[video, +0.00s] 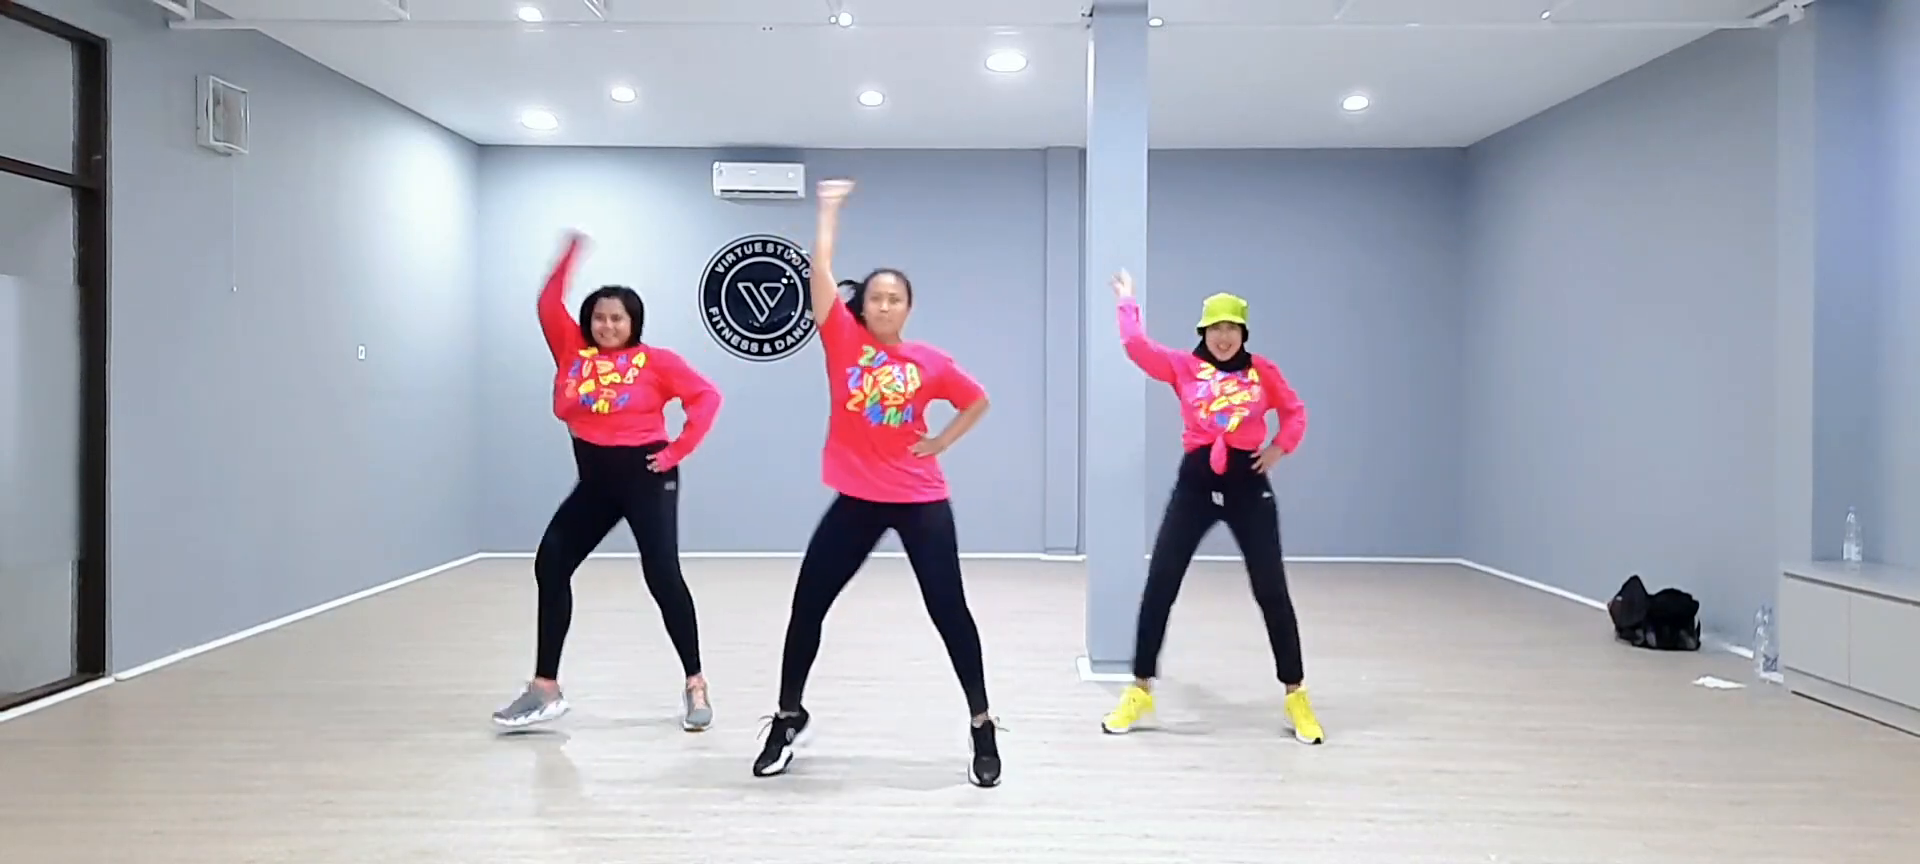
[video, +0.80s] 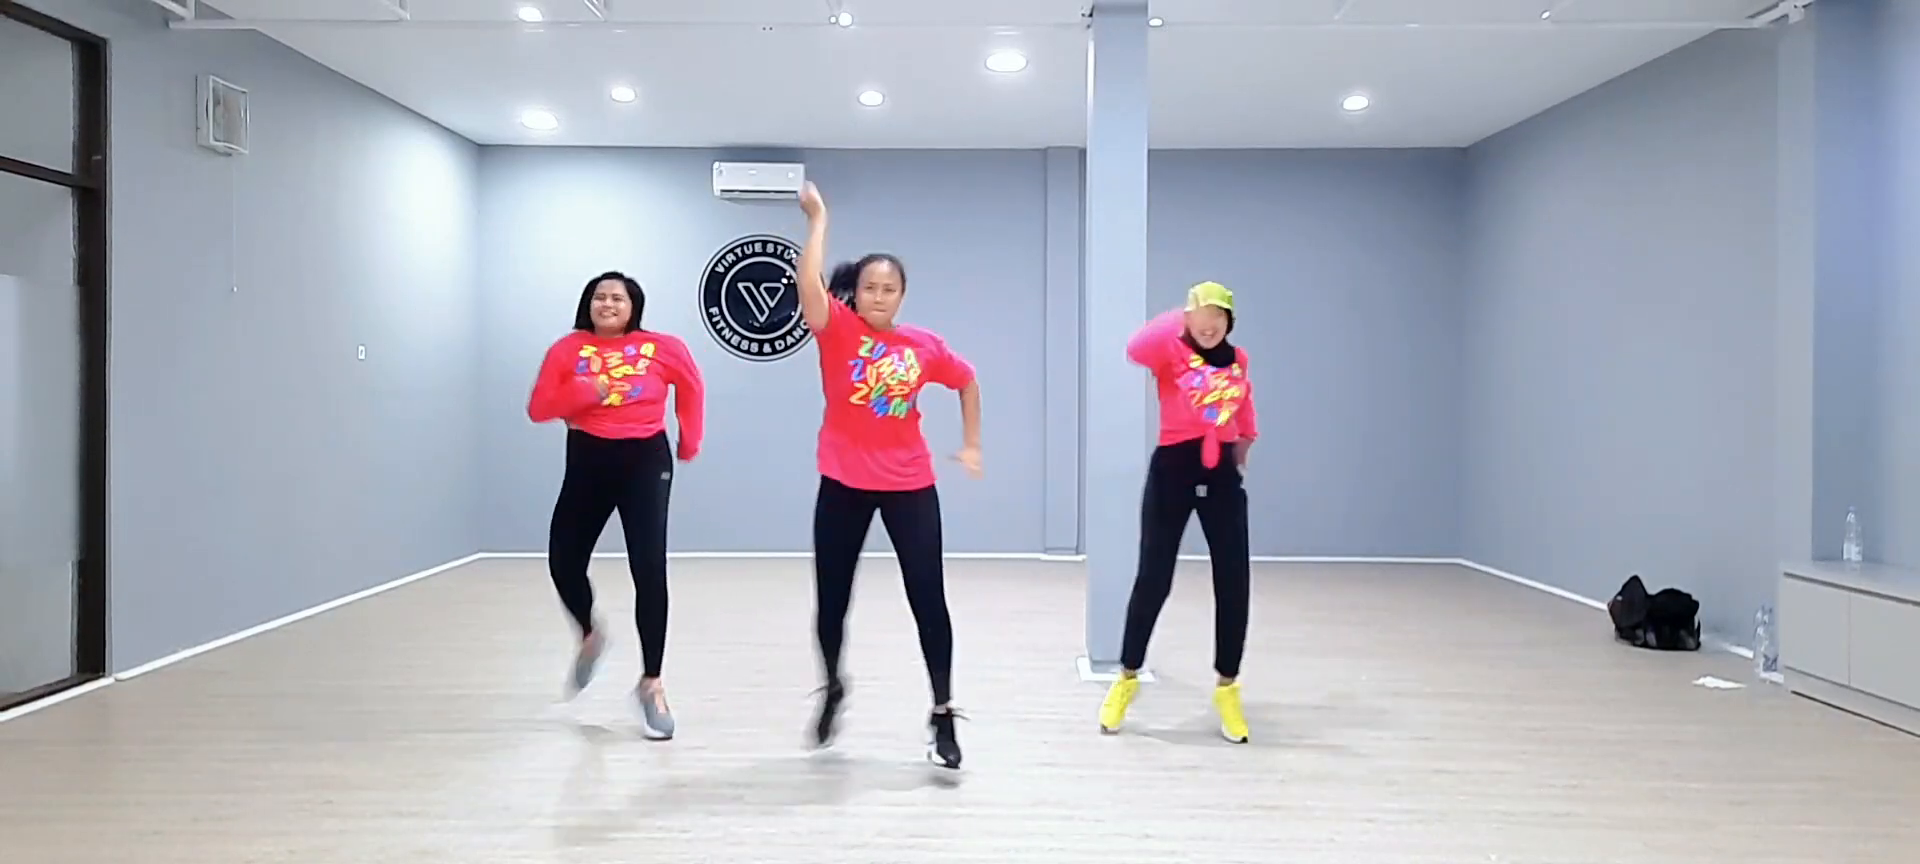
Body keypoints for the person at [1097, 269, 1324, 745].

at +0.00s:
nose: (1224, 337)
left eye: (1232, 329)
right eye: (1216, 329)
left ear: (1243, 334)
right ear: (1204, 333)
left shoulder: (1262, 371)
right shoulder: (1183, 367)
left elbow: (1295, 414)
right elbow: (1135, 343)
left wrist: (1278, 449)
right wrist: (1126, 298)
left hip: (1249, 487)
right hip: (1196, 486)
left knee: (1271, 591)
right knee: (1160, 583)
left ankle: (1296, 696)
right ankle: (1139, 691)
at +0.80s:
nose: (1208, 327)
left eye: (1216, 319)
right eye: (1201, 319)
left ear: (1228, 320)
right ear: (1187, 318)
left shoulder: (1236, 359)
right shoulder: (1171, 352)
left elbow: (1245, 421)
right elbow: (1137, 349)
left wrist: (1238, 465)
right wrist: (1178, 318)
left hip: (1222, 472)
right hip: (1172, 470)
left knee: (1234, 584)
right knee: (1154, 581)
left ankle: (1227, 689)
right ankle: (1126, 680)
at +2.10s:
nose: (1207, 324)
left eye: (1212, 317)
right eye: (1208, 316)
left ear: (1228, 322)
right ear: (1248, 322)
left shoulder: (1224, 360)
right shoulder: (1268, 364)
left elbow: (1205, 424)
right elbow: (1298, 428)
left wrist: (1180, 427)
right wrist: (1270, 463)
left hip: (1231, 483)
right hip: (1262, 481)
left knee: (1217, 597)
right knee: (1242, 593)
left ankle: (1246, 719)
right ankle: (1258, 704)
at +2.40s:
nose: (1216, 327)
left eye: (1225, 319)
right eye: (1212, 319)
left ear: (1244, 326)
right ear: (1208, 325)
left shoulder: (1272, 371)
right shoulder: (1206, 371)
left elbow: (1318, 408)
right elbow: (1194, 416)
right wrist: (1157, 422)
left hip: (1258, 484)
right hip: (1215, 485)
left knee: (1238, 586)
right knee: (1228, 589)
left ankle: (1264, 703)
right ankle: (1255, 695)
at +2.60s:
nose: (1228, 326)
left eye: (1236, 318)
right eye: (1221, 318)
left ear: (1252, 324)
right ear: (1213, 325)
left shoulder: (1280, 369)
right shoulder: (1201, 372)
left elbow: (1331, 405)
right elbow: (1177, 426)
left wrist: (1361, 447)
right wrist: (1196, 406)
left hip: (1266, 483)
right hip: (1218, 486)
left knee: (1261, 594)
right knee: (1230, 595)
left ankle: (1285, 698)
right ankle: (1253, 689)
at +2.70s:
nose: (1231, 345)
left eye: (1239, 336)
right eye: (1223, 336)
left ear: (1254, 343)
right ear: (1214, 343)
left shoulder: (1277, 395)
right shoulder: (1203, 395)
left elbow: (1307, 454)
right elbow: (1193, 449)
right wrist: (1198, 463)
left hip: (1274, 505)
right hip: (1222, 505)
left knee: (1271, 611)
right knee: (1206, 611)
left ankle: (1287, 707)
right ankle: (1238, 677)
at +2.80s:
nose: (1232, 357)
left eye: (1240, 348)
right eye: (1225, 348)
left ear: (1255, 356)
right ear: (1214, 355)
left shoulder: (1276, 411)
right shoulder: (1199, 405)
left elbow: (1280, 481)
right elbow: (1187, 464)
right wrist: (1184, 510)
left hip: (1269, 517)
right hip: (1217, 517)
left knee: (1272, 620)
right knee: (1184, 597)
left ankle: (1287, 710)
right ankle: (1189, 685)